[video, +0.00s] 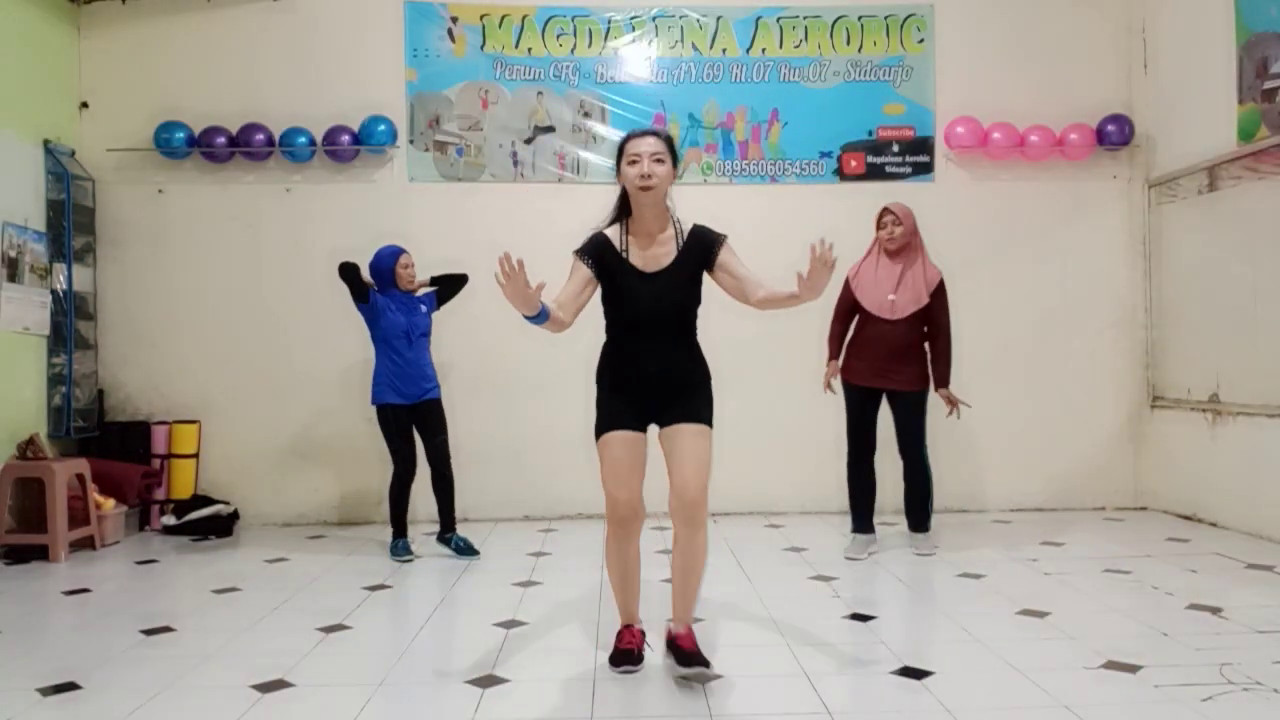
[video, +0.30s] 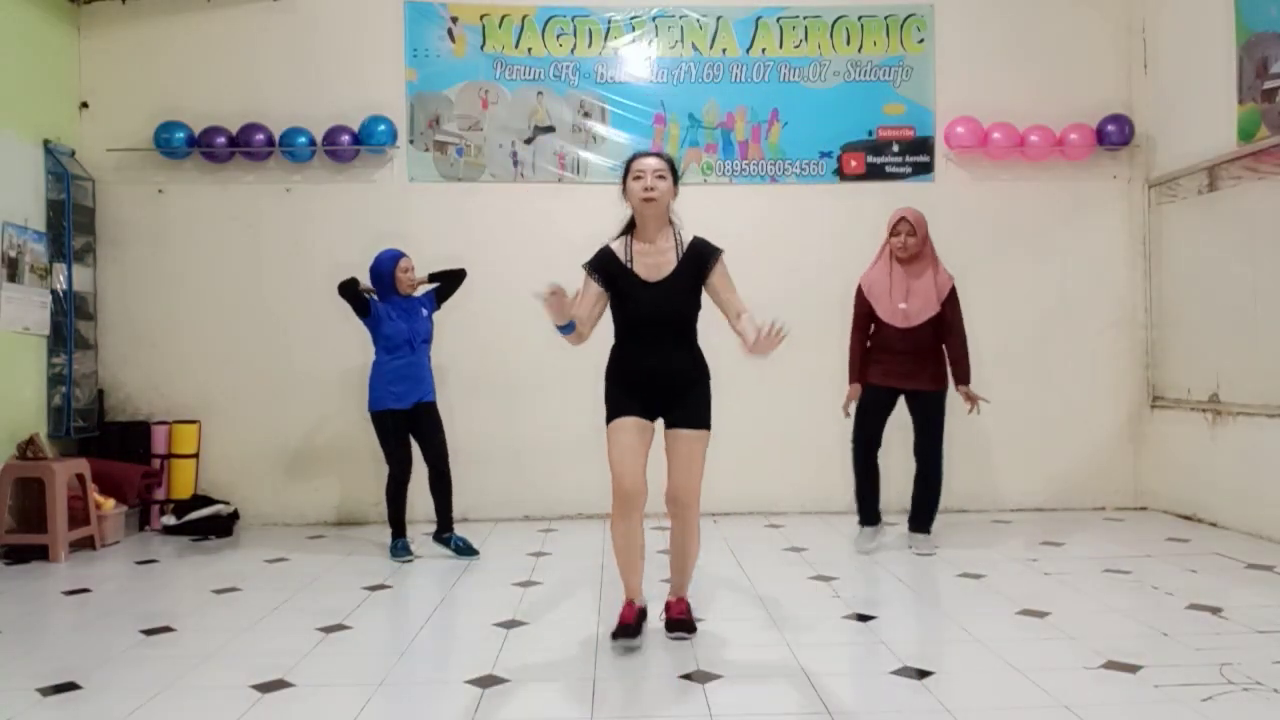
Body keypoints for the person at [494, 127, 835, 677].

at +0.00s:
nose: (646, 168)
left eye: (656, 159)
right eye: (634, 161)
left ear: (673, 172)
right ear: (620, 175)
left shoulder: (699, 242)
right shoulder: (602, 247)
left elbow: (754, 292)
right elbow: (561, 318)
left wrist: (804, 293)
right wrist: (531, 308)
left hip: (683, 383)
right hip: (620, 385)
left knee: (691, 503)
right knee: (623, 509)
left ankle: (682, 628)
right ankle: (629, 627)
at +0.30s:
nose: (650, 183)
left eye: (660, 176)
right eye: (639, 177)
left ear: (675, 191)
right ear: (625, 193)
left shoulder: (699, 254)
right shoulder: (610, 259)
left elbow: (735, 312)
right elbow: (579, 333)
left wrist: (753, 341)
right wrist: (563, 318)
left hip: (686, 381)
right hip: (628, 381)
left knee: (682, 497)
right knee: (627, 493)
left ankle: (678, 600)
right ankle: (633, 602)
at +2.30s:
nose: (662, 210)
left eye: (670, 203)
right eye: (653, 203)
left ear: (682, 213)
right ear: (641, 213)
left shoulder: (702, 268)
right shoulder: (627, 269)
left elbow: (720, 325)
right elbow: (606, 329)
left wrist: (702, 340)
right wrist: (618, 370)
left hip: (688, 375)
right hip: (640, 375)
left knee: (688, 472)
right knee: (636, 470)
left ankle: (686, 561)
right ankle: (643, 558)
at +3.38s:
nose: (647, 215)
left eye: (654, 210)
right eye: (638, 210)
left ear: (665, 223)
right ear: (627, 225)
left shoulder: (685, 272)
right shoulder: (616, 274)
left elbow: (705, 327)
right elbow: (606, 323)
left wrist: (689, 367)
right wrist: (609, 345)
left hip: (674, 375)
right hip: (629, 375)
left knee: (678, 466)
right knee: (632, 468)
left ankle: (668, 549)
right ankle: (632, 547)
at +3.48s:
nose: (647, 214)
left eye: (654, 210)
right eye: (639, 210)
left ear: (665, 223)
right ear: (627, 226)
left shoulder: (686, 272)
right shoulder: (619, 272)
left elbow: (707, 325)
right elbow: (605, 313)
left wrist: (691, 366)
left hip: (671, 372)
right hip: (628, 373)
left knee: (678, 451)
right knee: (630, 464)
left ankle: (669, 530)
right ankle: (631, 546)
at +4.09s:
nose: (655, 219)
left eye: (662, 213)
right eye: (647, 214)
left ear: (674, 225)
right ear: (637, 227)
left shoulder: (692, 273)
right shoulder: (627, 268)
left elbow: (697, 328)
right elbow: (622, 273)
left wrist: (675, 331)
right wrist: (641, 245)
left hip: (679, 371)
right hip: (636, 372)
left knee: (688, 464)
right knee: (642, 464)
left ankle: (675, 542)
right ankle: (644, 546)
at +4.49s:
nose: (656, 219)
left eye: (663, 214)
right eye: (648, 214)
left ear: (675, 226)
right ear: (637, 227)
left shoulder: (689, 267)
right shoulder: (628, 267)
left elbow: (714, 252)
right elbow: (620, 277)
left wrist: (678, 248)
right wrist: (637, 254)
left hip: (684, 370)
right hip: (640, 370)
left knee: (684, 462)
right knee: (634, 452)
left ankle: (680, 546)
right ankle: (646, 530)